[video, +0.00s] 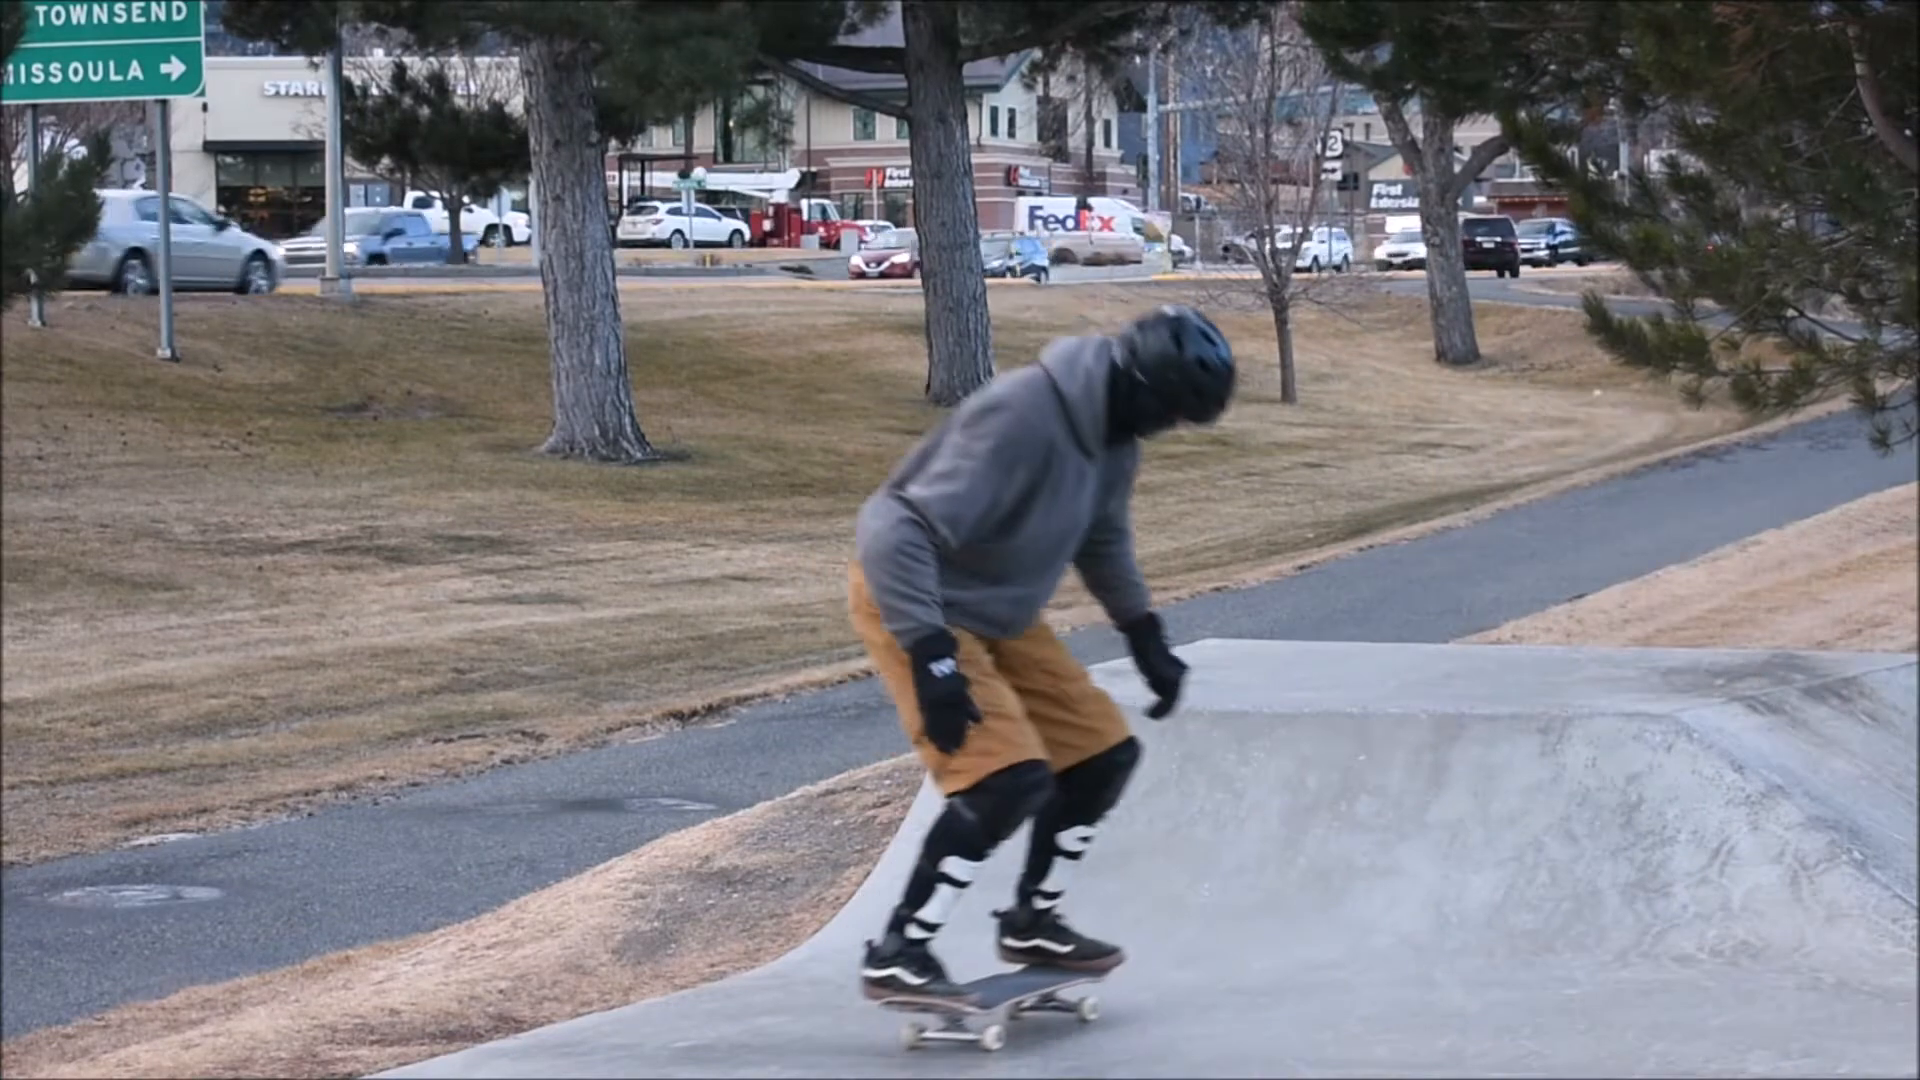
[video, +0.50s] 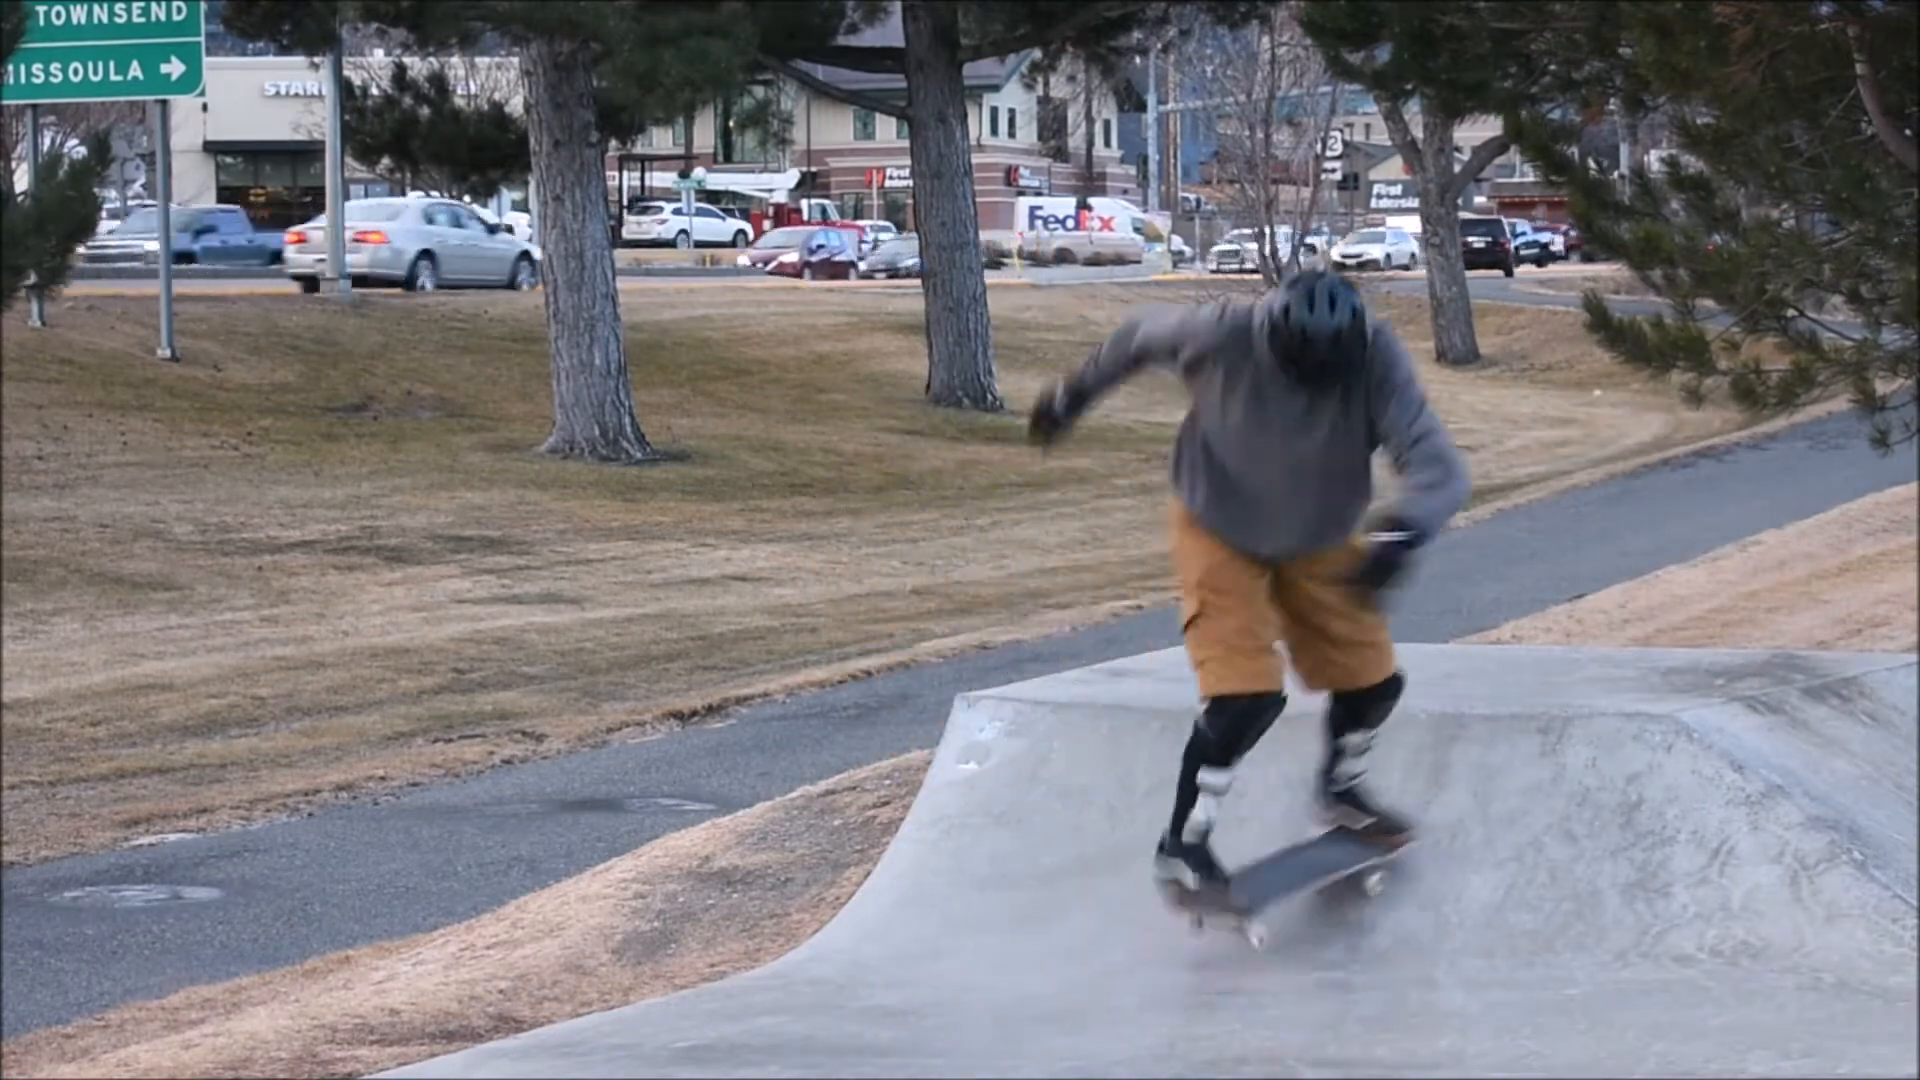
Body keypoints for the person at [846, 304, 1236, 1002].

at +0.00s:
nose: (1165, 427)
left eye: (1177, 418)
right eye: (1168, 411)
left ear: (1151, 384)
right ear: (1144, 379)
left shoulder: (1112, 433)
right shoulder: (1023, 413)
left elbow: (1103, 541)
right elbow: (893, 526)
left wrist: (1147, 640)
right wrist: (930, 656)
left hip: (999, 610)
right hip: (912, 600)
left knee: (1102, 757)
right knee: (1008, 776)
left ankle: (1030, 919)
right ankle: (900, 946)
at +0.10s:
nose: (1209, 470)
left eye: (1218, 462)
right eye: (1210, 457)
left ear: (1193, 430)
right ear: (1186, 429)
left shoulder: (1172, 464)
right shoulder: (1068, 450)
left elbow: (1170, 557)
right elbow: (944, 557)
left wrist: (1222, 644)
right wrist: (976, 683)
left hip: (1058, 620)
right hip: (974, 613)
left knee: (1163, 754)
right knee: (1072, 771)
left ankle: (1086, 907)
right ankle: (958, 931)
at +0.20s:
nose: (1247, 505)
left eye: (1256, 496)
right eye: (1244, 492)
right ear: (1217, 465)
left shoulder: (1231, 490)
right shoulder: (1107, 478)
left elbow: (1242, 573)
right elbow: (982, 587)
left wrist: (1307, 639)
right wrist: (1021, 703)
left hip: (1121, 623)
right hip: (1036, 618)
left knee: (1221, 756)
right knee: (1129, 763)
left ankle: (1142, 895)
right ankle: (1013, 921)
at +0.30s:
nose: (1267, 504)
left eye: (1286, 495)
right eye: (1264, 491)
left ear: (1304, 469)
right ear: (1237, 456)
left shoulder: (1288, 474)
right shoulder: (1152, 468)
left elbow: (1305, 577)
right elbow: (1033, 580)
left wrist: (1349, 597)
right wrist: (1051, 696)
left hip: (1186, 613)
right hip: (1096, 609)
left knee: (1275, 750)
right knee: (1181, 753)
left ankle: (1194, 883)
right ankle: (1068, 909)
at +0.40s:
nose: (1292, 459)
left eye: (1311, 450)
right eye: (1284, 444)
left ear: (1338, 425)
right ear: (1262, 409)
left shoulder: (1343, 435)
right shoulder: (1194, 421)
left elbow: (1388, 560)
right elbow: (1088, 493)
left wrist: (1330, 542)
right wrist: (1047, 598)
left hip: (1255, 585)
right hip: (1158, 574)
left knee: (1317, 737)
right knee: (1222, 736)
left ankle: (1251, 859)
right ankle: (1129, 900)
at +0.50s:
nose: (1315, 383)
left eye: (1329, 372)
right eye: (1302, 370)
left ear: (1354, 344)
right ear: (1276, 339)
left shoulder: (1377, 357)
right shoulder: (1223, 335)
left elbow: (1440, 469)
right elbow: (1137, 337)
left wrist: (1402, 536)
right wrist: (1069, 398)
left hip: (1321, 535)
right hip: (1219, 530)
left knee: (1371, 685)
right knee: (1247, 695)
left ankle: (1340, 790)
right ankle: (1184, 845)